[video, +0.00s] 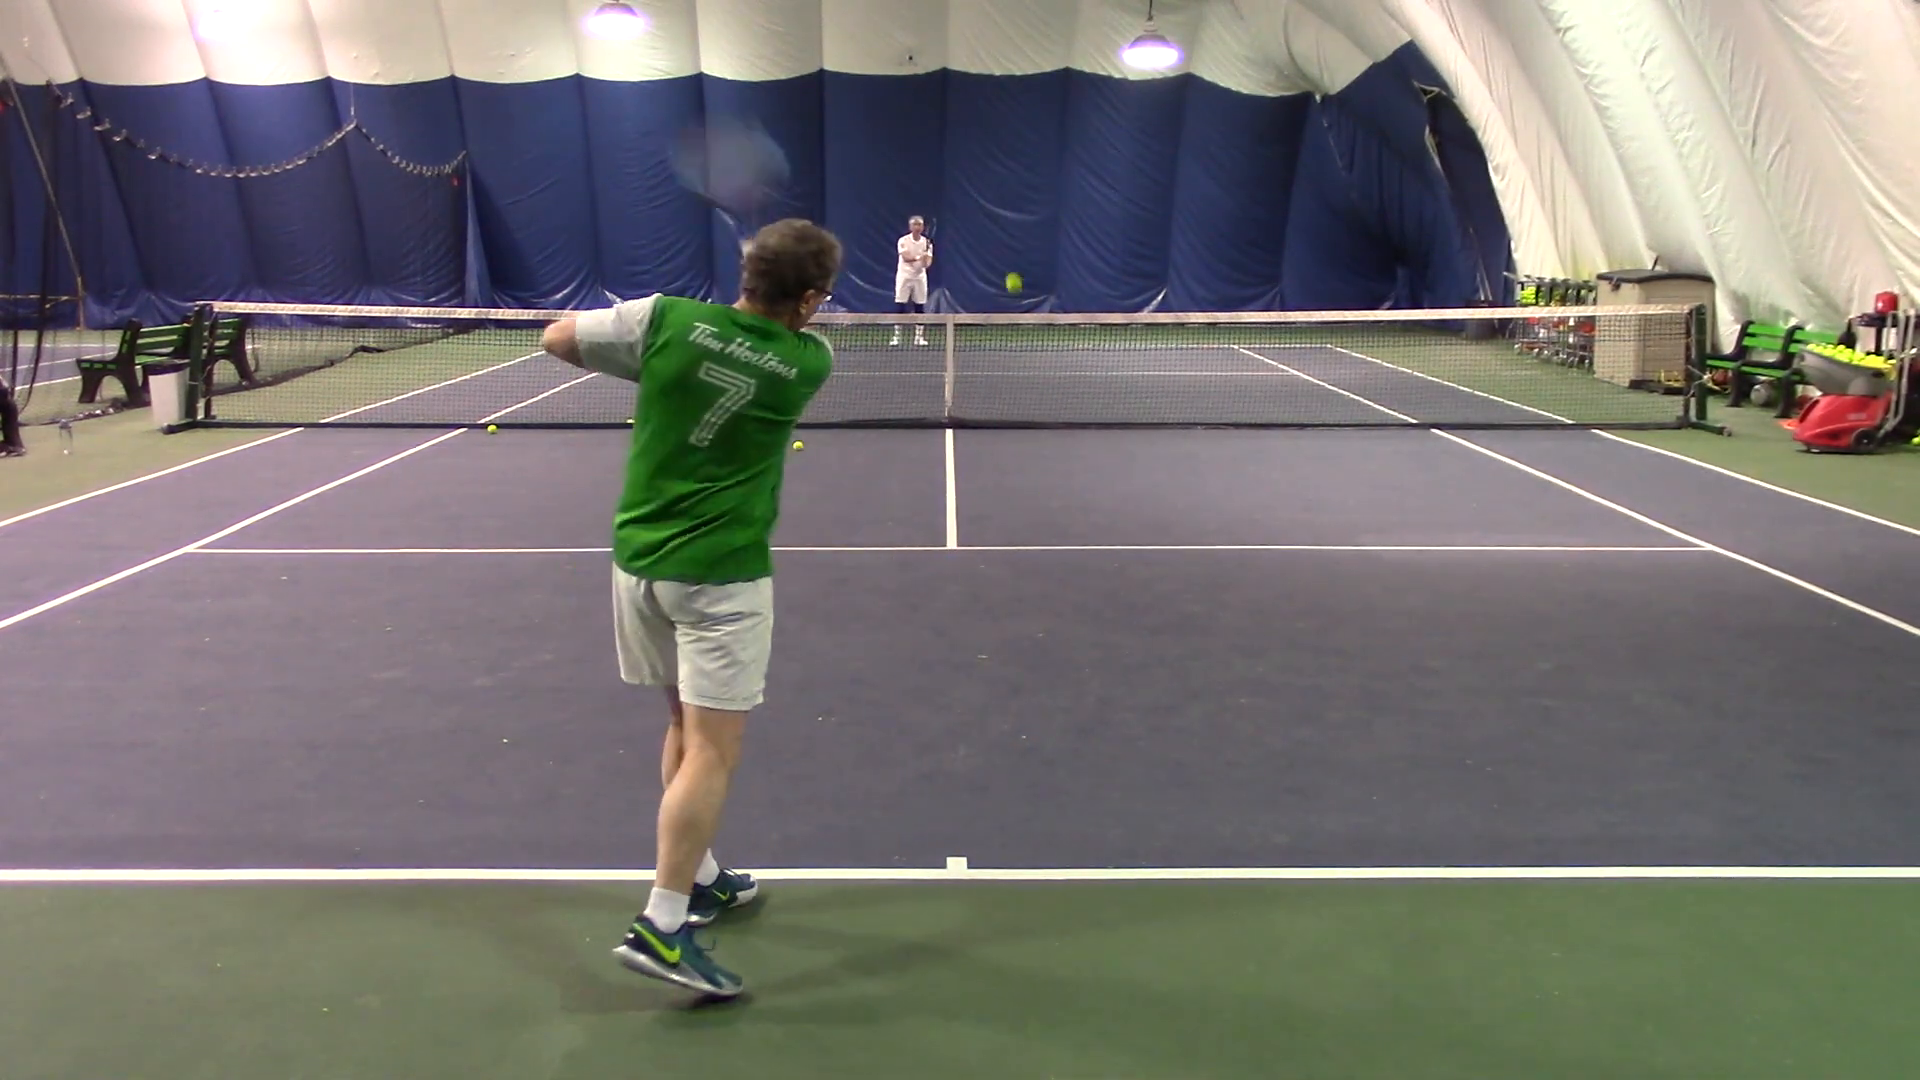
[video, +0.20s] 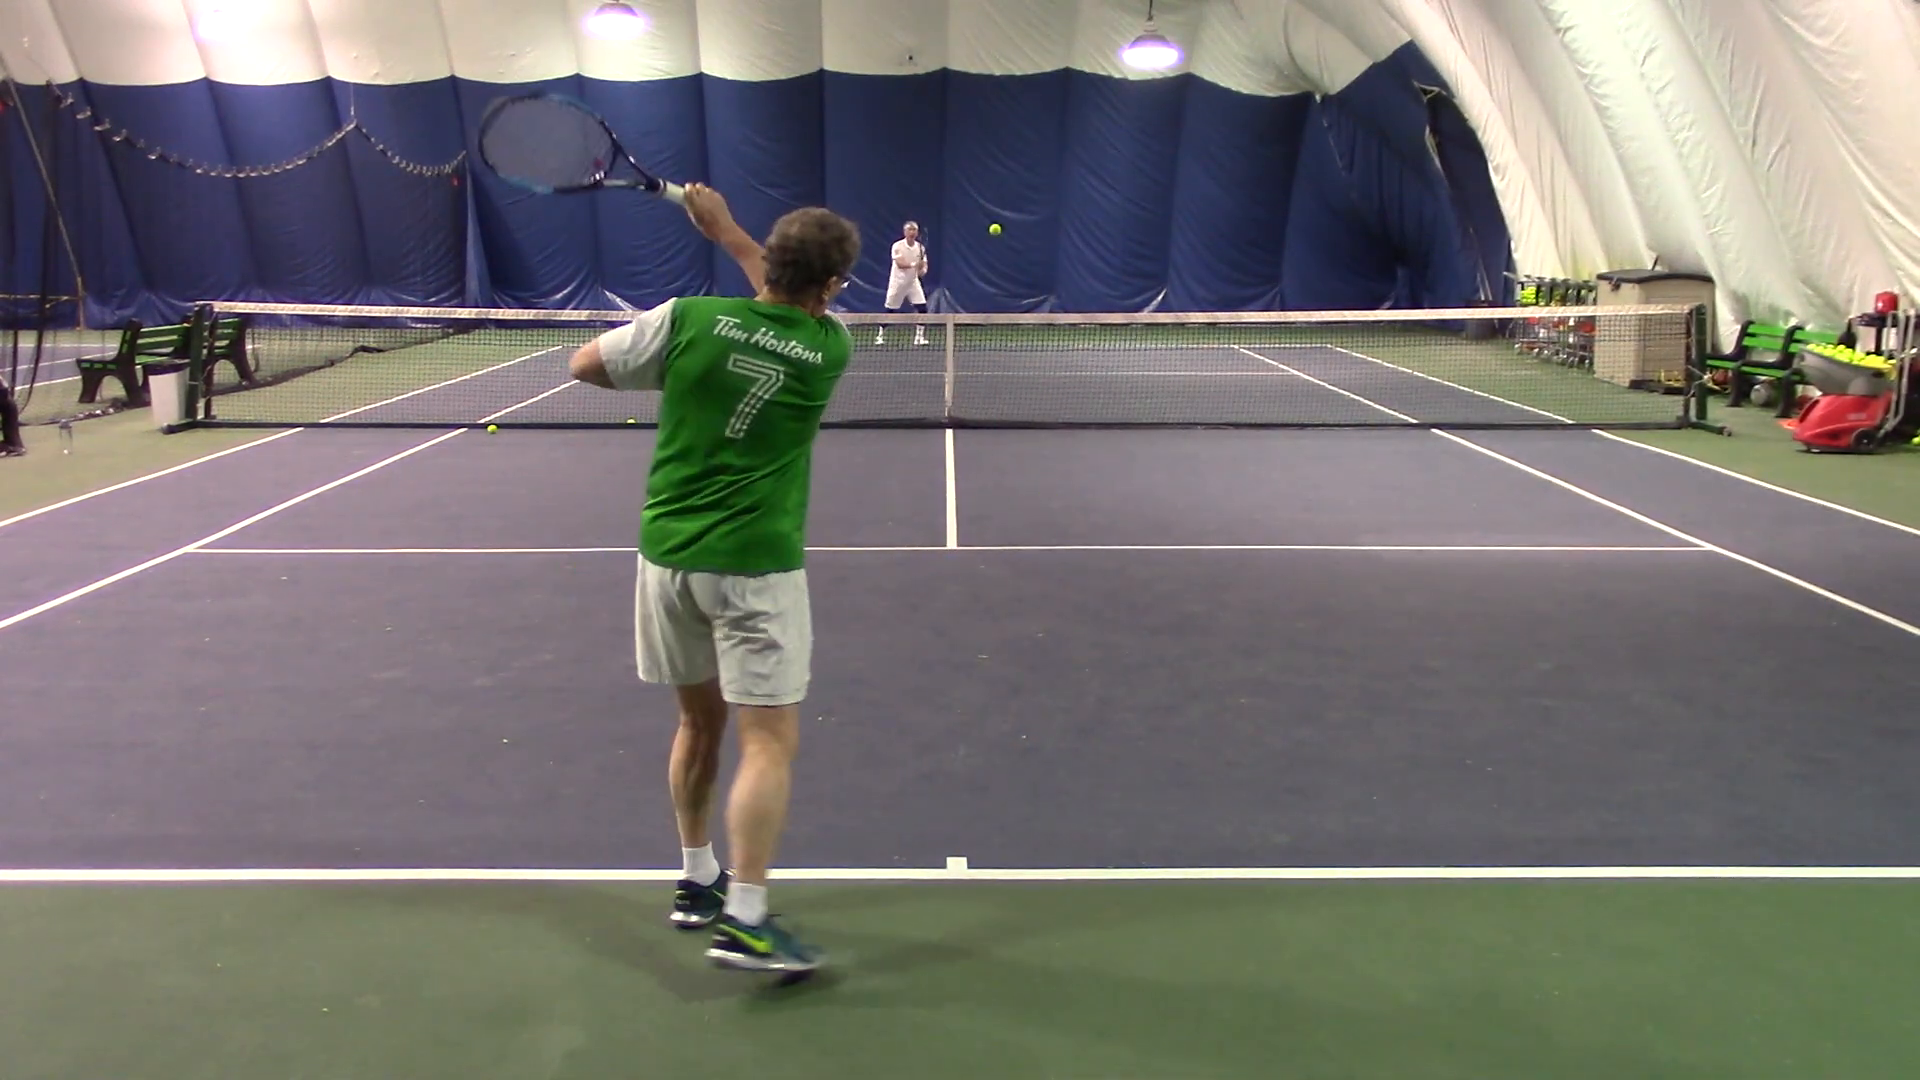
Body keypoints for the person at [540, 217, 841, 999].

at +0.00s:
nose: (825, 299)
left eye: (825, 288)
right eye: (825, 290)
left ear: (745, 277)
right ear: (807, 300)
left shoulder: (666, 320)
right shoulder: (808, 365)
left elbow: (558, 336)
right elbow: (758, 360)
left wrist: (628, 349)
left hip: (640, 562)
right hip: (724, 574)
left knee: (684, 723)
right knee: (711, 750)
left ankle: (699, 878)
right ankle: (659, 923)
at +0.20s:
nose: (840, 293)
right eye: (842, 282)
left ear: (764, 268)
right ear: (828, 288)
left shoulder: (688, 319)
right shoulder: (827, 349)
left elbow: (585, 363)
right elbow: (779, 292)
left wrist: (637, 343)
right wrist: (725, 229)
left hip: (669, 556)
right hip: (760, 565)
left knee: (696, 722)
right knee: (767, 742)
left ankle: (696, 881)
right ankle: (745, 915)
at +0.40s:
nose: (859, 278)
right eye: (861, 268)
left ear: (786, 265)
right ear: (856, 279)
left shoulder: (716, 324)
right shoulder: (861, 352)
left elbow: (631, 404)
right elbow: (812, 333)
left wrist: (710, 393)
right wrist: (772, 299)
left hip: (708, 558)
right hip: (803, 564)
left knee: (714, 722)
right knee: (836, 737)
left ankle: (698, 883)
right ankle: (858, 917)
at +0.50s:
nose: (874, 270)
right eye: (874, 262)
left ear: (797, 261)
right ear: (867, 272)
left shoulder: (734, 331)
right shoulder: (885, 351)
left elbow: (666, 432)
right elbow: (884, 423)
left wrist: (739, 417)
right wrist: (809, 394)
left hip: (732, 565)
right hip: (829, 571)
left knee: (721, 726)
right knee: (845, 743)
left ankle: (701, 883)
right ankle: (856, 926)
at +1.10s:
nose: (888, 259)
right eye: (890, 250)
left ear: (815, 253)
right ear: (889, 259)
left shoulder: (765, 337)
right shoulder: (915, 343)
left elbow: (757, 455)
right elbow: (938, 472)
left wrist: (824, 479)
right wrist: (877, 492)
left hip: (782, 560)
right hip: (887, 564)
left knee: (787, 743)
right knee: (922, 721)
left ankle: (781, 923)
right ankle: (939, 894)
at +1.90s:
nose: (833, 274)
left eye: (821, 262)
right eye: (832, 265)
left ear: (759, 268)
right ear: (825, 275)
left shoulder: (722, 335)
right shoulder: (812, 356)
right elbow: (832, 475)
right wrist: (892, 514)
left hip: (691, 554)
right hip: (773, 565)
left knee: (736, 711)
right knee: (840, 723)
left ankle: (721, 880)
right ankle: (880, 894)